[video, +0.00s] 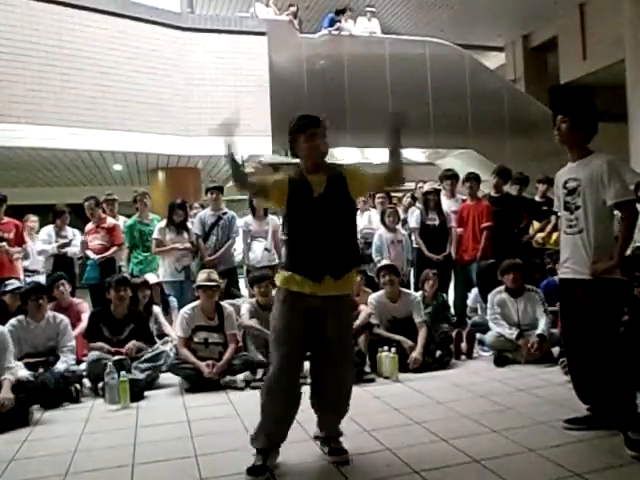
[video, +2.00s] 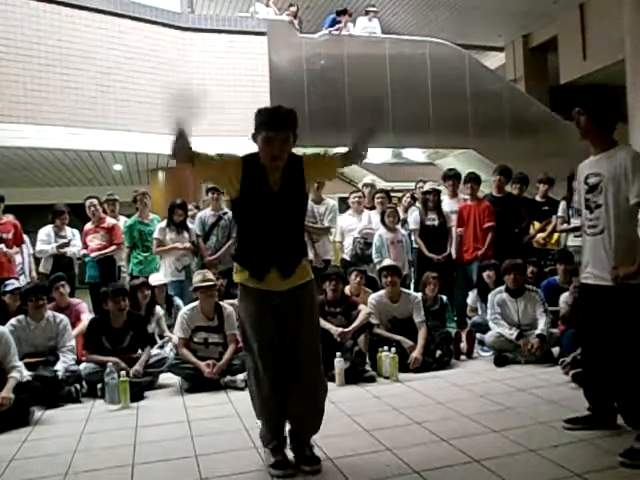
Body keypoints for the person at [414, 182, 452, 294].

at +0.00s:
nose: (433, 200)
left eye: (435, 196)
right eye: (430, 196)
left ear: (439, 198)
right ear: (425, 198)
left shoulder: (444, 214)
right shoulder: (419, 214)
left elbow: (449, 233)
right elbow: (416, 235)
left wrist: (447, 251)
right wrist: (428, 254)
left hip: (442, 256)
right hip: (425, 256)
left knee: (442, 290)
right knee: (423, 288)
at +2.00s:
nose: (432, 198)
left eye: (435, 194)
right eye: (428, 194)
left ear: (438, 197)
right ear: (424, 196)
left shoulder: (444, 214)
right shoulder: (418, 214)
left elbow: (449, 233)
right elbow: (416, 236)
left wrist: (447, 251)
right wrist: (428, 254)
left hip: (443, 257)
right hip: (425, 257)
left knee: (444, 288)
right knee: (424, 288)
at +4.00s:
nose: (437, 200)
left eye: (440, 197)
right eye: (434, 196)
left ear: (443, 199)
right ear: (429, 199)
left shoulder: (449, 216)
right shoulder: (423, 216)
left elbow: (454, 236)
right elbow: (421, 238)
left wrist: (452, 253)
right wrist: (433, 256)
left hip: (447, 258)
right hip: (429, 258)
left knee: (448, 291)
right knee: (429, 290)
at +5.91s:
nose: (435, 200)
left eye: (438, 196)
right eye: (432, 196)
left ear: (442, 200)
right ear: (428, 199)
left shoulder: (449, 218)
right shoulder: (422, 217)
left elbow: (452, 238)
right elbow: (417, 239)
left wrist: (445, 256)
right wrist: (427, 257)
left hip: (444, 261)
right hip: (426, 261)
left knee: (444, 293)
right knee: (425, 293)